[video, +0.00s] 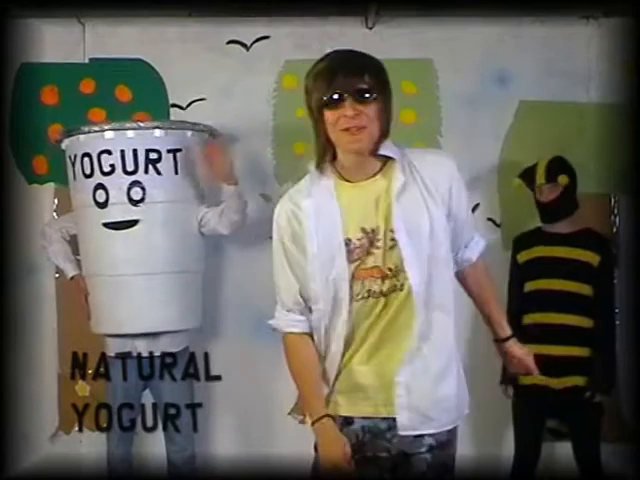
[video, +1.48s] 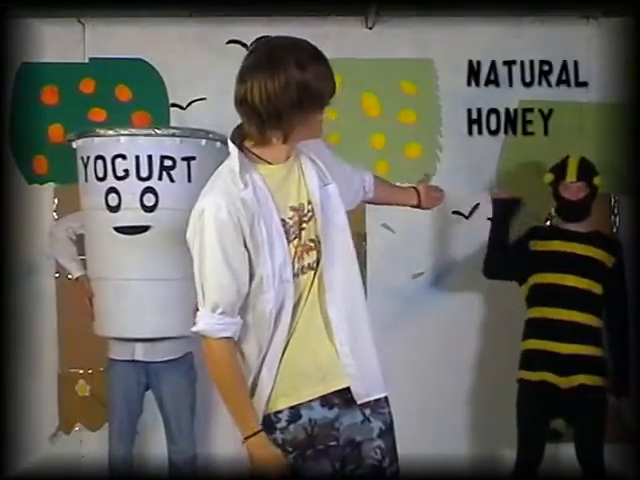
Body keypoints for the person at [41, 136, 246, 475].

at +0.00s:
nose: (136, 193)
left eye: (145, 186)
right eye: (129, 186)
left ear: (159, 187)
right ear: (118, 187)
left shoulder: (178, 214)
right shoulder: (105, 216)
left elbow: (228, 221)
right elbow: (53, 229)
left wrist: (228, 180)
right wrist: (75, 274)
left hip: (172, 342)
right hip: (122, 344)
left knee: (181, 432)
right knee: (121, 432)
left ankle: (184, 477)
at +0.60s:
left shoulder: (179, 218)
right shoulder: (106, 214)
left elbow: (236, 235)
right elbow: (54, 228)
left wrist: (209, 215)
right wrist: (75, 273)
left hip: (172, 337)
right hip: (121, 340)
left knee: (179, 432)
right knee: (120, 429)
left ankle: (183, 477)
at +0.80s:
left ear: (165, 189)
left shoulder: (182, 220)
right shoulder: (106, 217)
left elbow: (216, 247)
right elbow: (56, 227)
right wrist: (75, 273)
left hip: (171, 349)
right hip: (120, 351)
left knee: (182, 448)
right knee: (118, 451)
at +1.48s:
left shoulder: (183, 221)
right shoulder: (108, 217)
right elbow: (59, 230)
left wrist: (204, 297)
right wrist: (81, 277)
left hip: (174, 351)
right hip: (123, 352)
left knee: (183, 449)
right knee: (119, 450)